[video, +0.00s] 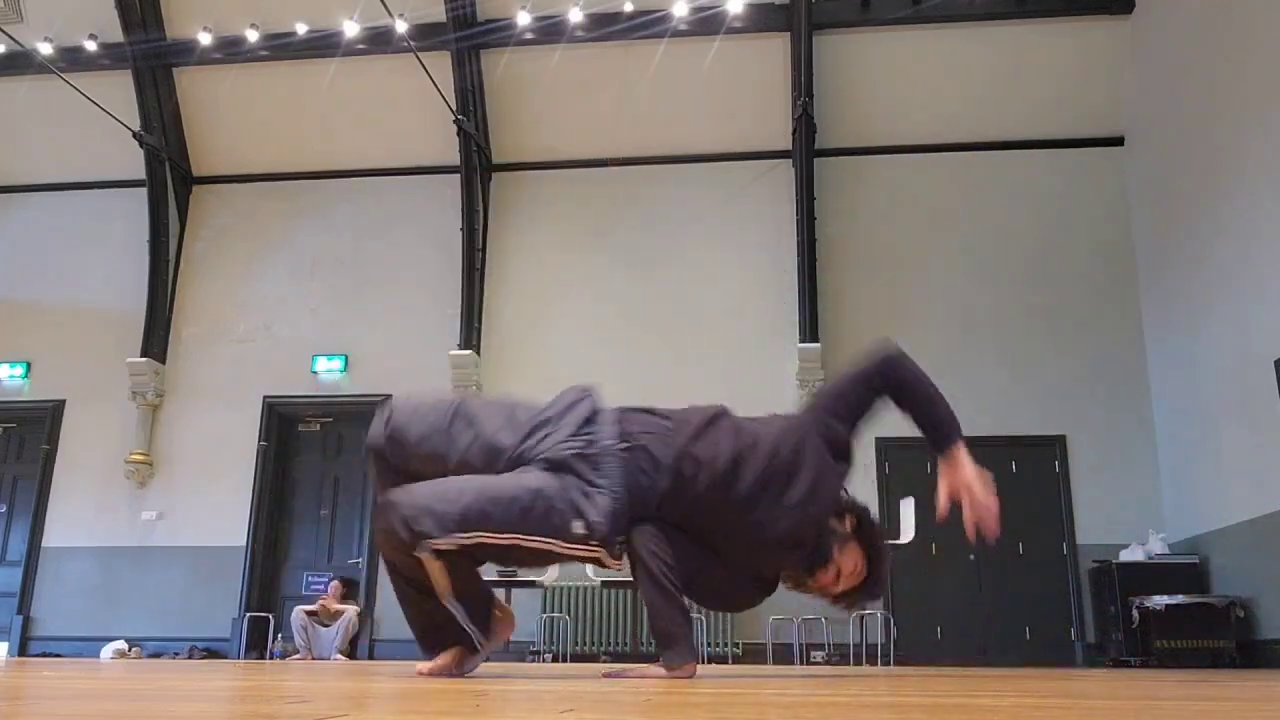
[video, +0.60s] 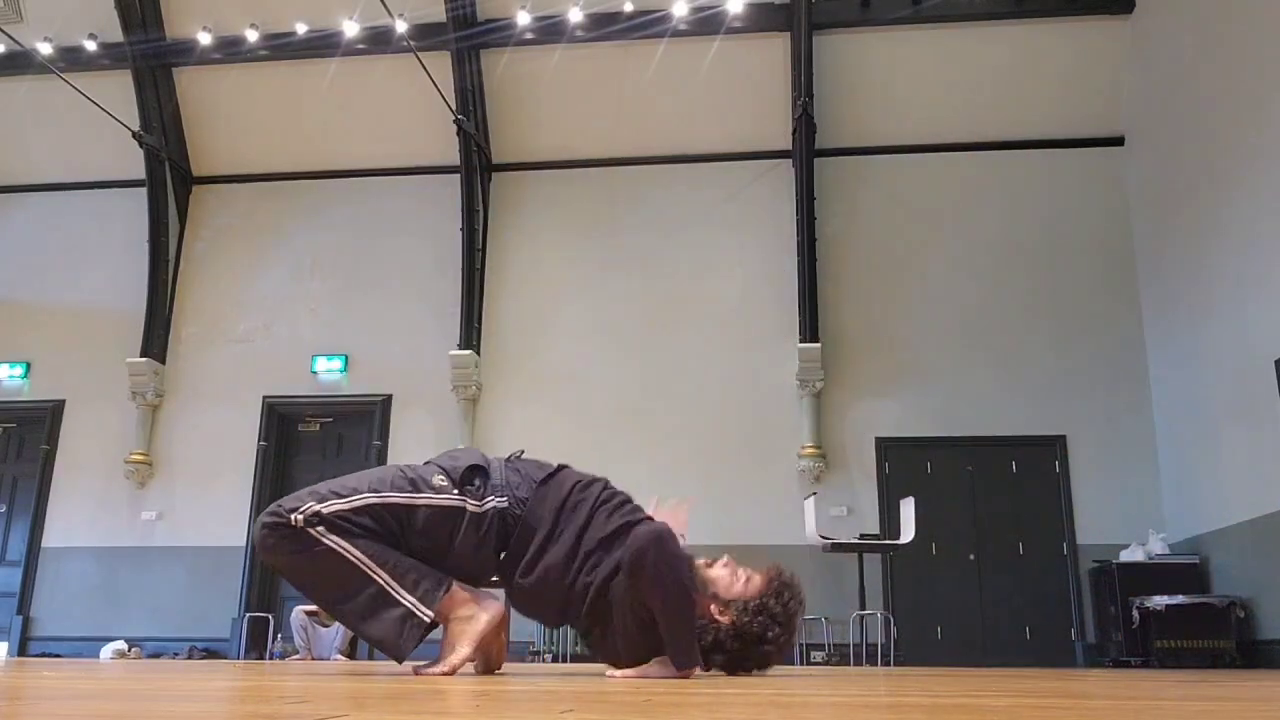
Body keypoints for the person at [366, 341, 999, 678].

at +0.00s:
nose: (829, 582)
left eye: (837, 588)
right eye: (843, 570)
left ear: (829, 590)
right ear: (850, 531)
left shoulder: (741, 587)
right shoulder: (820, 449)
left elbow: (650, 540)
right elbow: (890, 361)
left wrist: (680, 656)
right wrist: (955, 449)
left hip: (599, 503)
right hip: (582, 419)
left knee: (401, 517)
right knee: (396, 428)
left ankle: (484, 620)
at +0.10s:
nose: (843, 546)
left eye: (852, 560)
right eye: (855, 530)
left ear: (835, 574)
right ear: (841, 496)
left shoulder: (743, 579)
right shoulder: (780, 429)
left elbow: (634, 546)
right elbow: (802, 326)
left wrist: (676, 652)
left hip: (573, 512)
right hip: (558, 446)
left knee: (375, 509)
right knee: (366, 508)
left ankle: (490, 621)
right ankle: (478, 634)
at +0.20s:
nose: (821, 513)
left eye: (830, 532)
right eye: (834, 500)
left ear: (809, 557)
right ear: (815, 475)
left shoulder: (732, 573)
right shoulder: (741, 438)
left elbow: (625, 545)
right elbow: (723, 347)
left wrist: (676, 653)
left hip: (544, 502)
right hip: (531, 458)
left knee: (338, 508)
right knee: (344, 521)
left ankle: (480, 622)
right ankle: (482, 638)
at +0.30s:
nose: (778, 511)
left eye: (792, 529)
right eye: (791, 499)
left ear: (782, 559)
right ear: (779, 483)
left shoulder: (711, 584)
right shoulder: (711, 467)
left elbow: (613, 553)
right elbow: (668, 393)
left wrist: (676, 656)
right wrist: (738, 339)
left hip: (523, 506)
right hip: (517, 463)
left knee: (313, 514)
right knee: (316, 512)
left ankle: (467, 617)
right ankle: (483, 625)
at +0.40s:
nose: (746, 525)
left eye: (760, 544)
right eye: (759, 519)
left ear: (752, 583)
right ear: (751, 509)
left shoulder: (685, 583)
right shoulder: (689, 521)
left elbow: (622, 554)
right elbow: (620, 459)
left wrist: (679, 659)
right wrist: (692, 399)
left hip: (504, 495)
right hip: (499, 471)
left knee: (298, 520)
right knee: (301, 520)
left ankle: (472, 612)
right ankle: (481, 618)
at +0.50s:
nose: (735, 543)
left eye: (748, 560)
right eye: (749, 543)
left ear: (732, 605)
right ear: (734, 541)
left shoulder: (667, 560)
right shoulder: (668, 557)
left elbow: (632, 549)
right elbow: (611, 513)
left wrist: (676, 663)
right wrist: (660, 470)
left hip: (490, 500)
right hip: (485, 499)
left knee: (288, 525)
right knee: (294, 522)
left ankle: (463, 611)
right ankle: (476, 612)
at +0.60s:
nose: (722, 555)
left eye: (733, 568)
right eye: (737, 558)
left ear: (724, 611)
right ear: (715, 621)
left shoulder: (673, 571)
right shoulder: (651, 631)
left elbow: (659, 546)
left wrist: (670, 671)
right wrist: (646, 662)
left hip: (491, 504)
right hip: (484, 501)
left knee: (289, 524)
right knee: (291, 523)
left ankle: (461, 609)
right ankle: (473, 609)